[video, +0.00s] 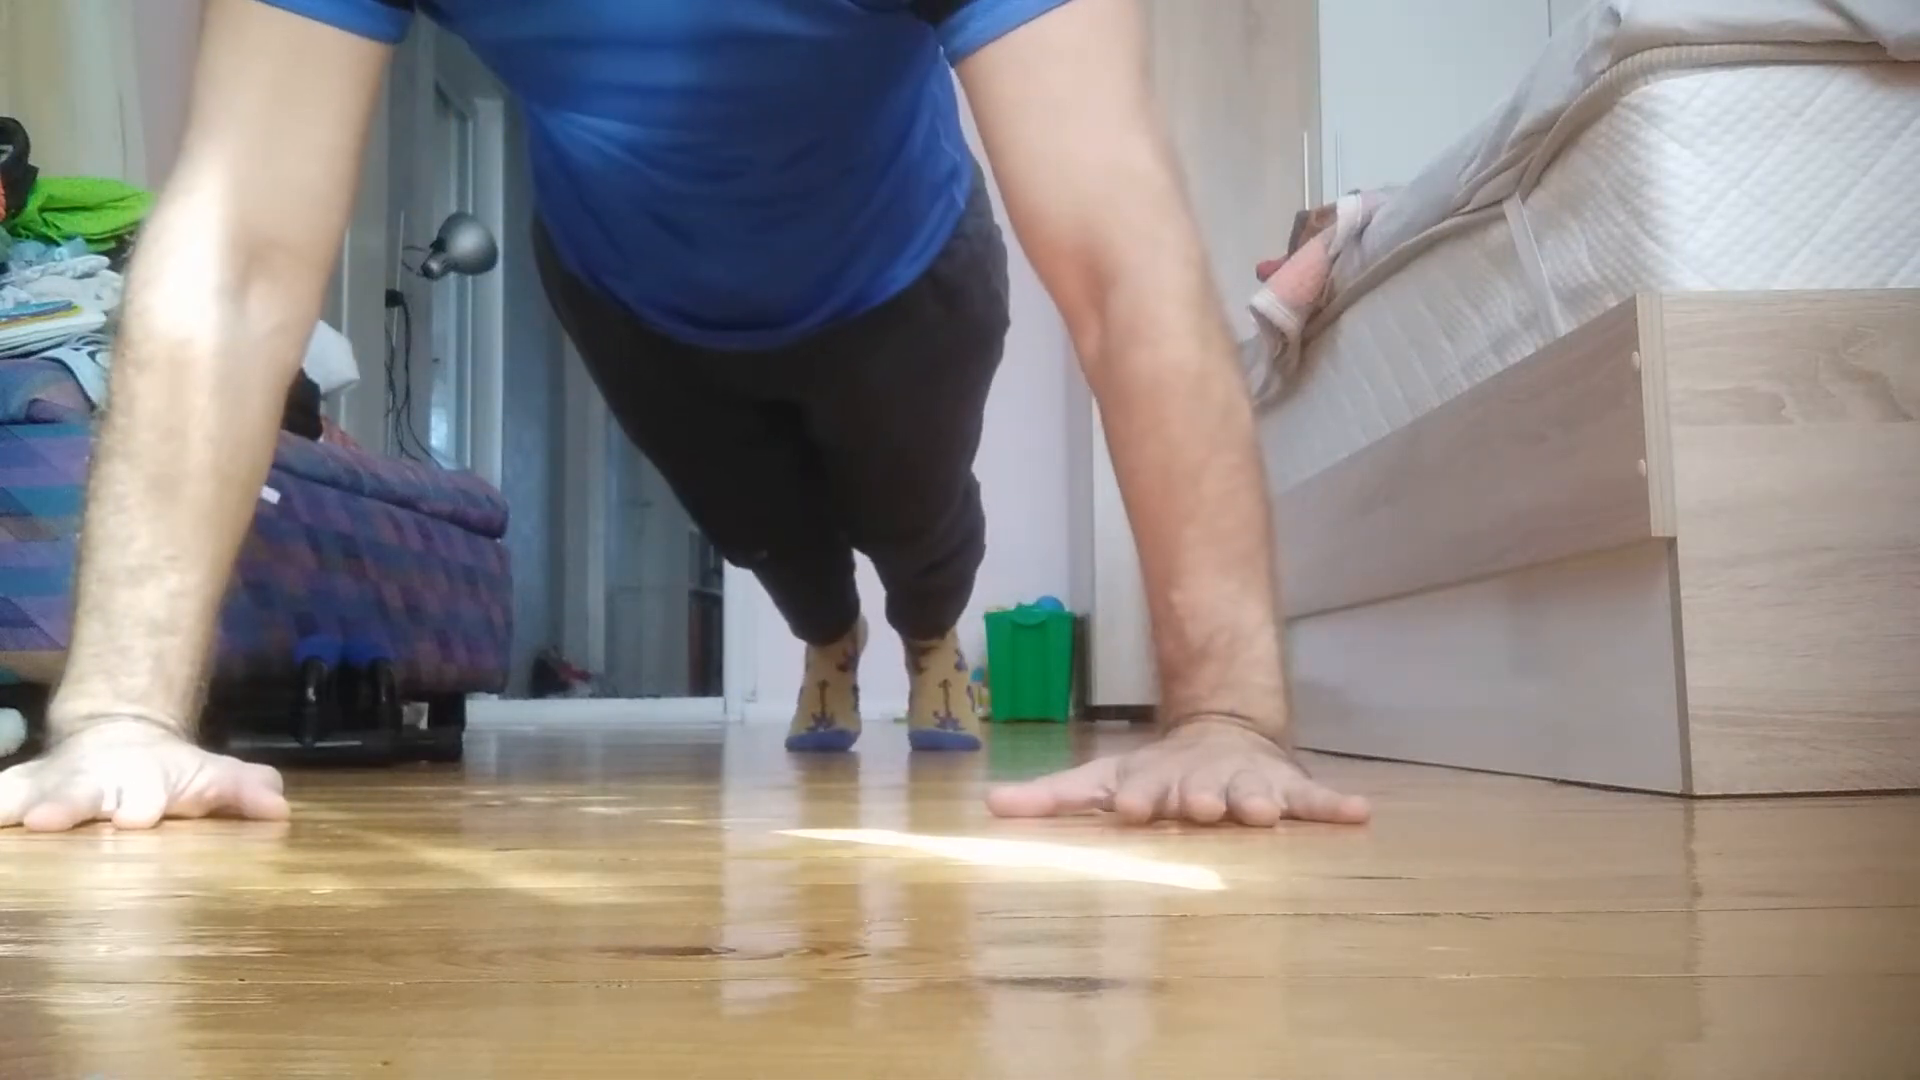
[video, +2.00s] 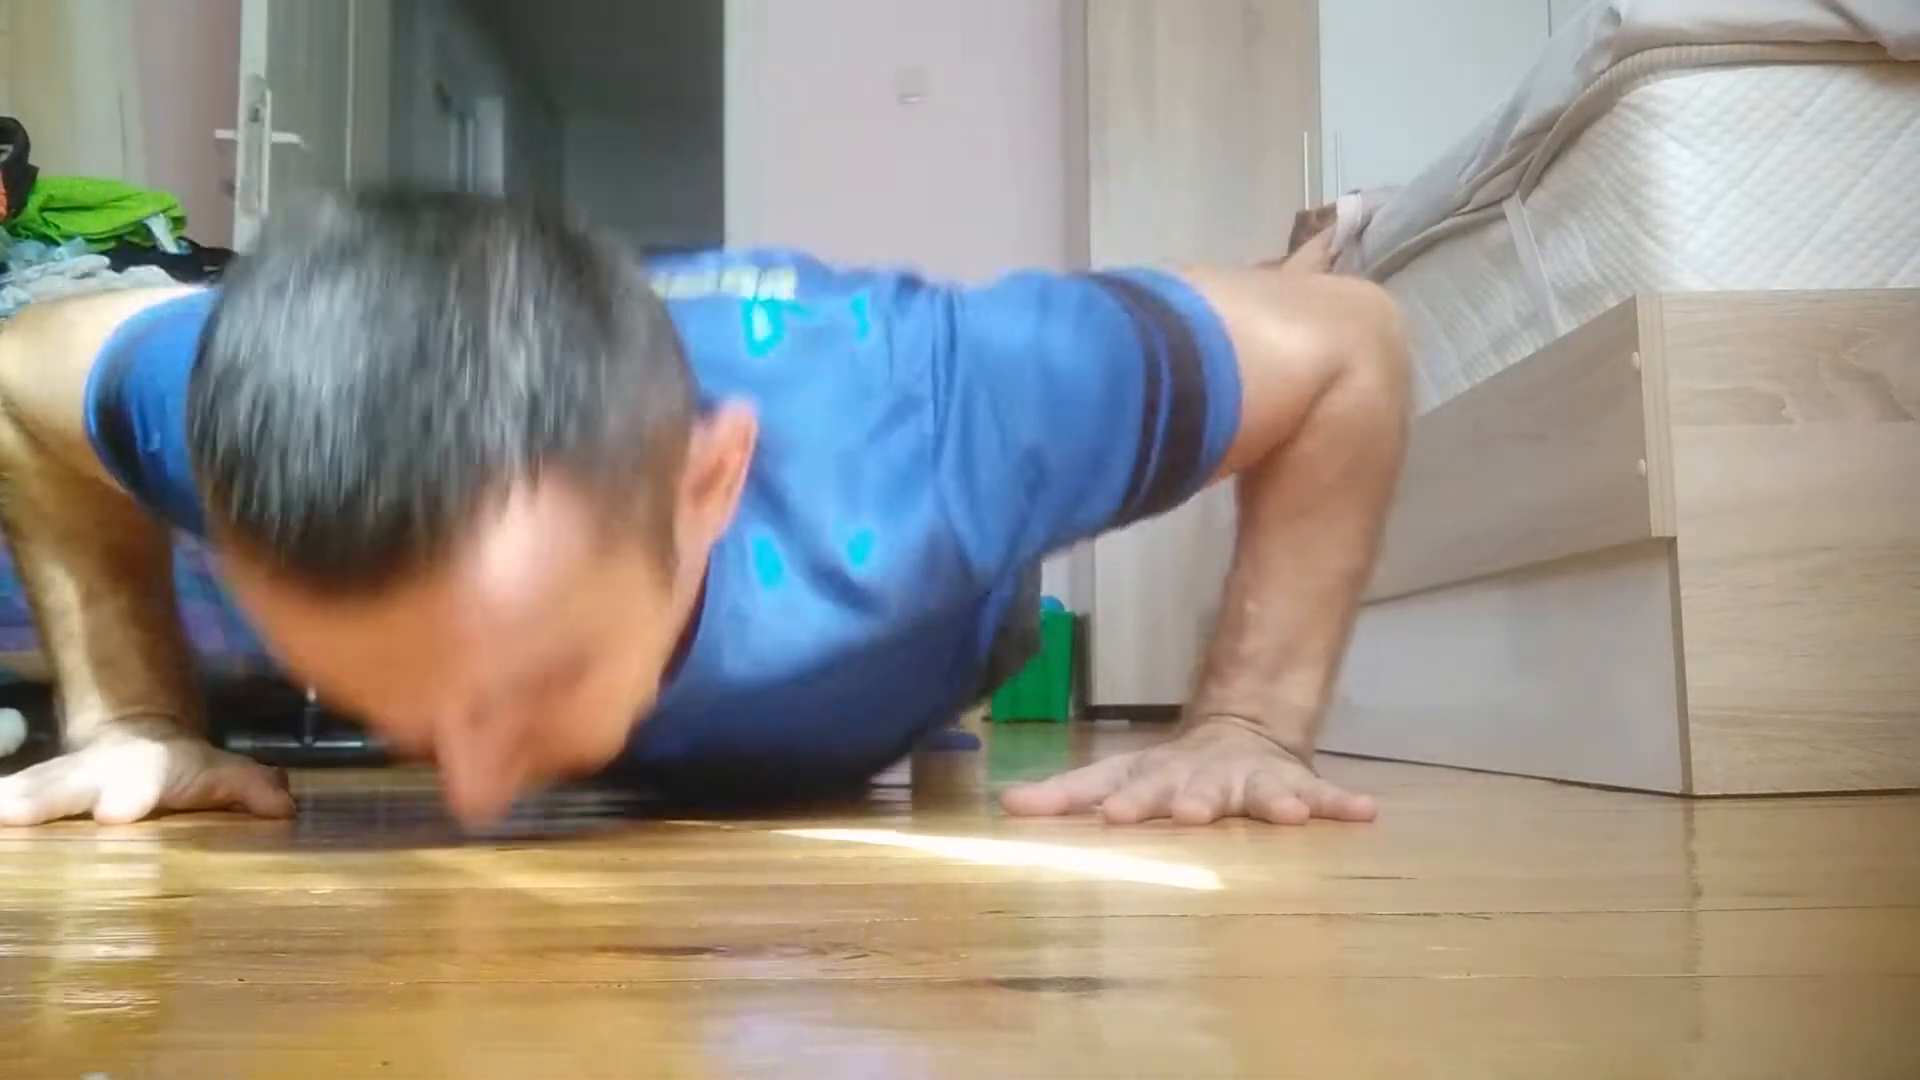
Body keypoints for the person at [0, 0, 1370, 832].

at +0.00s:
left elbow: (1125, 253)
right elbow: (233, 252)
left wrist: (1225, 704)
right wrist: (124, 710)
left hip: (887, 270)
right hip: (632, 297)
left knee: (910, 521)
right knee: (768, 531)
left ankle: (934, 642)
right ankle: (829, 650)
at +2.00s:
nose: (471, 785)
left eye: (546, 685)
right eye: (386, 703)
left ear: (710, 492)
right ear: (269, 539)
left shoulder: (934, 449)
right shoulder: (234, 409)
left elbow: (1350, 348)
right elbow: (31, 376)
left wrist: (1248, 723)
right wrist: (131, 725)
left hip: (844, 712)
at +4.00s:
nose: (478, 774)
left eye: (544, 679)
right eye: (396, 701)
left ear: (706, 480)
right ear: (271, 533)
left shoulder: (936, 446)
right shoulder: (222, 412)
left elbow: (1346, 346)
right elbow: (26, 375)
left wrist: (1248, 723)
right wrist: (127, 717)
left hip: (923, 704)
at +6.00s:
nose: (477, 789)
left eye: (545, 690)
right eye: (389, 710)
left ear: (703, 495)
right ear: (270, 549)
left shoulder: (934, 439)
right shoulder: (218, 401)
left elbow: (1360, 346)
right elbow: (22, 349)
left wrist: (1253, 718)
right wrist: (124, 719)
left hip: (916, 697)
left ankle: (1028, 696)